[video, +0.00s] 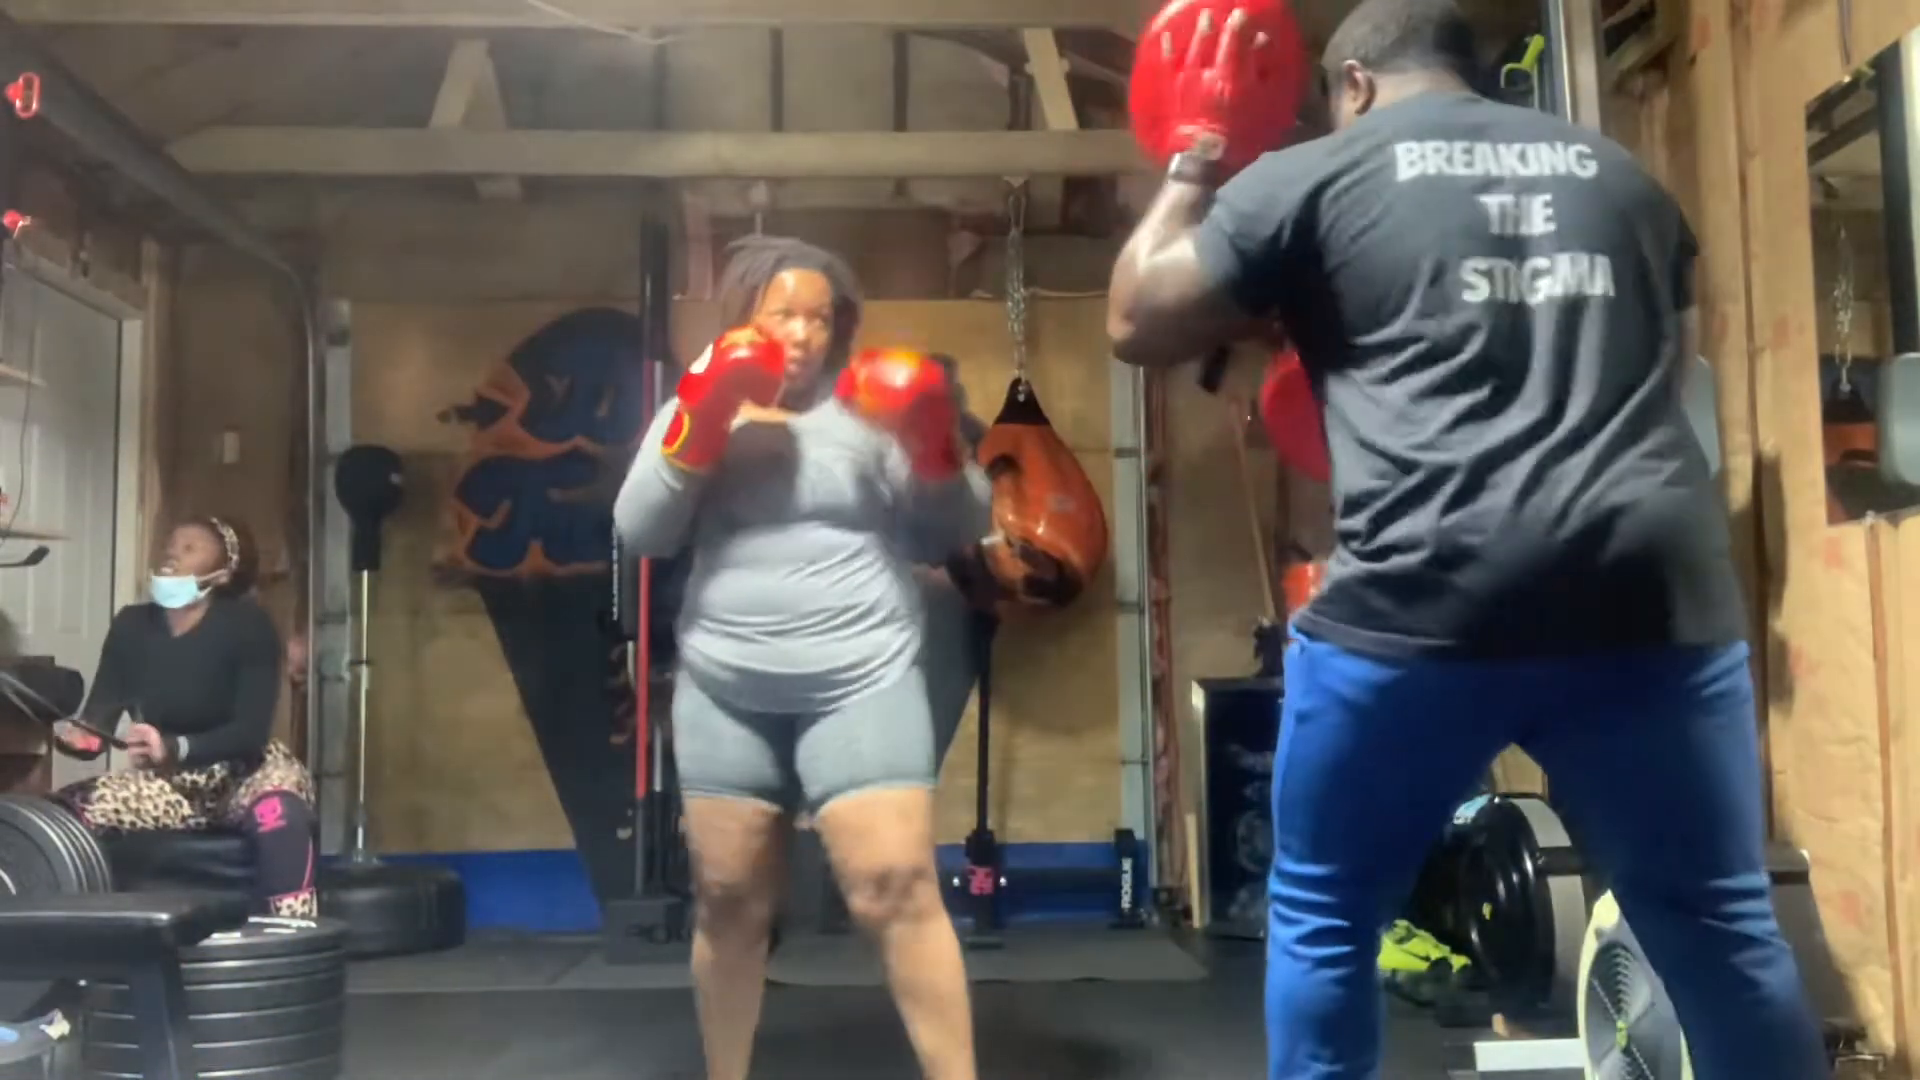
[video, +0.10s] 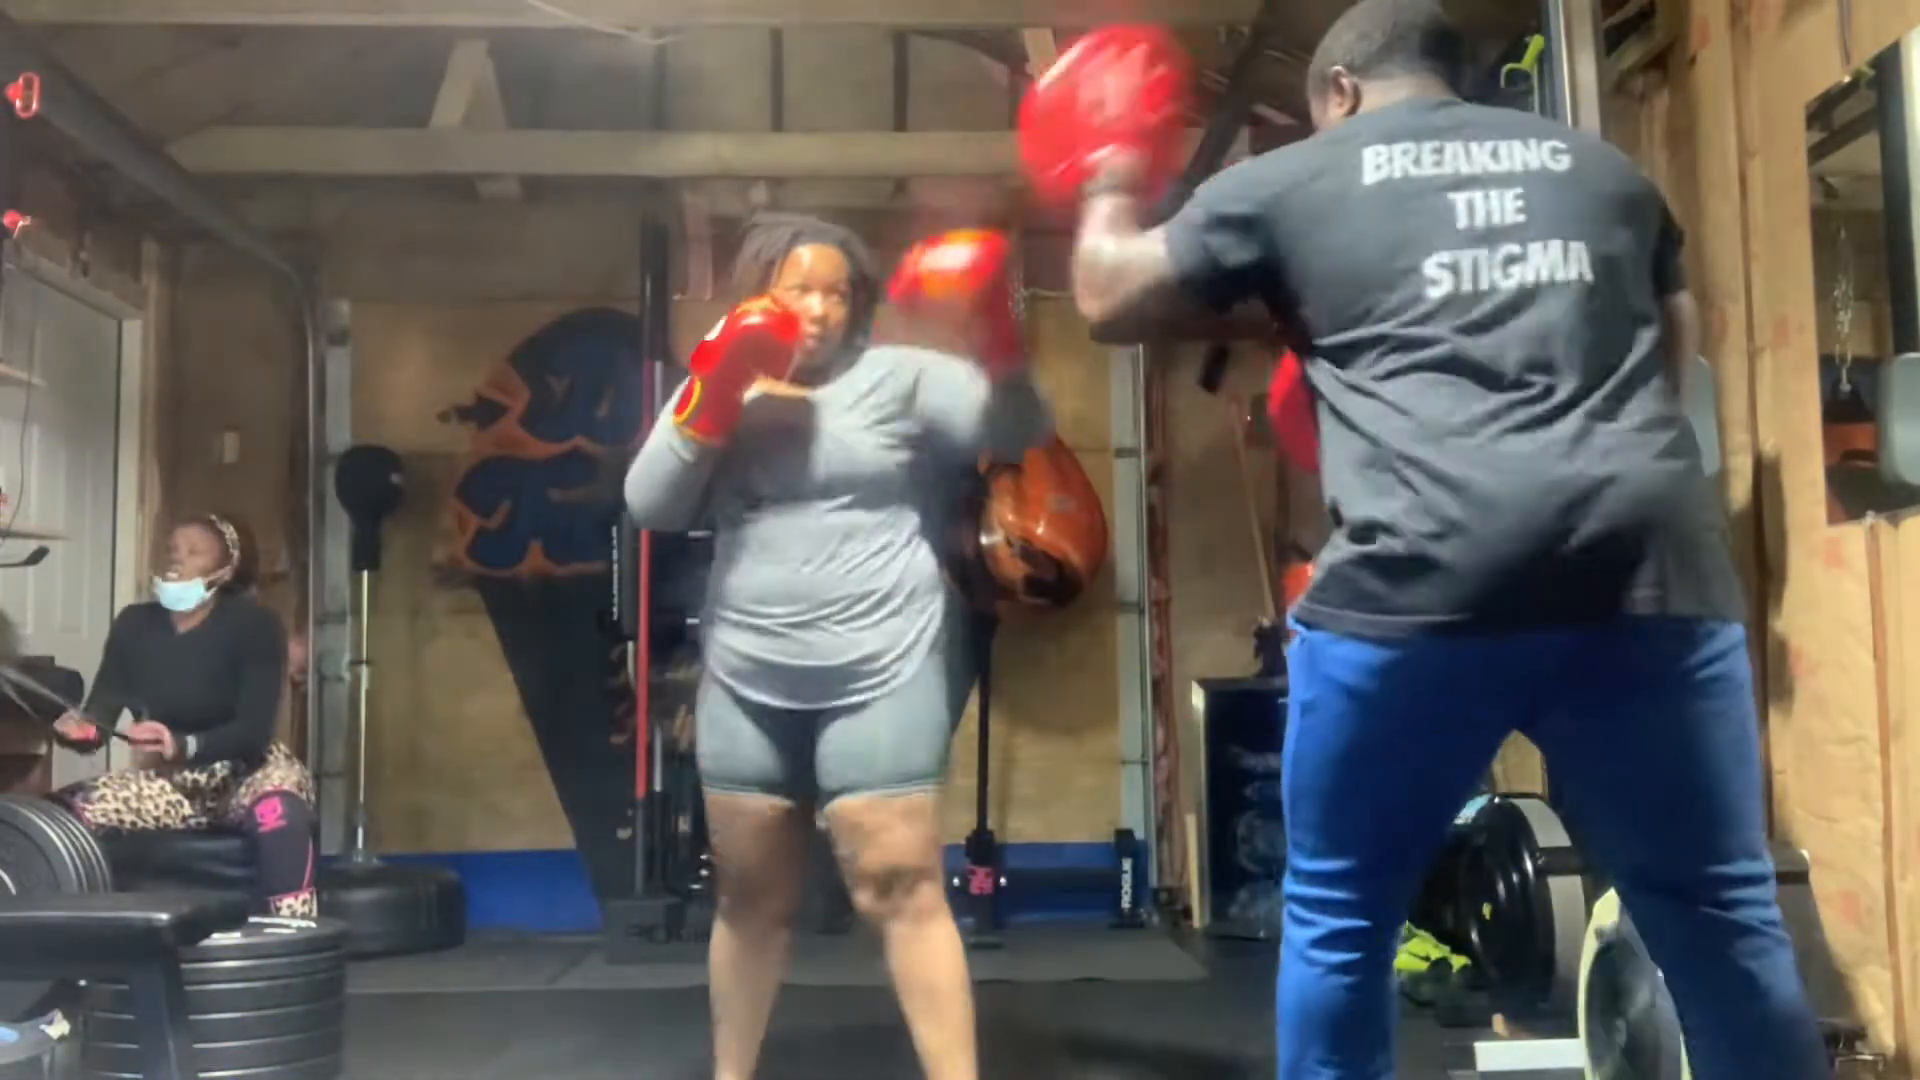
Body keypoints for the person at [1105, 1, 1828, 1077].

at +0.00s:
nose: (1336, 114)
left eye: (1333, 100)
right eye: (1336, 103)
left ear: (1357, 86)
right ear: (1480, 71)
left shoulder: (1315, 177)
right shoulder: (1620, 170)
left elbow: (1135, 314)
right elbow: (1668, 342)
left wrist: (1183, 185)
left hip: (1422, 582)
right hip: (1656, 573)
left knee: (1322, 913)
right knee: (1722, 916)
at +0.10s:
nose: (1312, 130)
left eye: (1312, 114)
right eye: (1313, 117)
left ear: (1342, 93)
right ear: (1461, 81)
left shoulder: (1293, 183)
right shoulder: (1607, 170)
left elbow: (1107, 298)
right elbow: (1674, 357)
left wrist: (1117, 166)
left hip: (1418, 574)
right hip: (1653, 562)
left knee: (1337, 915)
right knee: (1723, 906)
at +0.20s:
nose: (1323, 128)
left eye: (1324, 109)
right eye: (1325, 112)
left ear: (1351, 90)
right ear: (1460, 75)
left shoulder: (1302, 180)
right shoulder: (1613, 171)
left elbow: (1107, 273)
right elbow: (1686, 371)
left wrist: (1045, 204)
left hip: (1435, 567)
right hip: (1665, 555)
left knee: (1340, 911)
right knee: (1730, 920)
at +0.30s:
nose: (1345, 142)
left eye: (1346, 128)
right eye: (1349, 130)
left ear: (1377, 109)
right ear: (1494, 96)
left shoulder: (1324, 193)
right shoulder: (1646, 194)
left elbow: (1137, 329)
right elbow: (1695, 399)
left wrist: (1174, 277)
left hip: (1444, 585)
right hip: (1674, 579)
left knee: (1310, 867)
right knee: (1749, 927)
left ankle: (1326, 1071)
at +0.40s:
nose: (1362, 181)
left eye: (1361, 163)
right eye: (1363, 166)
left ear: (1389, 141)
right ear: (1502, 134)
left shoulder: (1346, 234)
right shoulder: (1654, 239)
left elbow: (1192, 415)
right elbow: (1684, 429)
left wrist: (1287, 401)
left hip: (1433, 637)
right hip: (1661, 637)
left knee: (1289, 849)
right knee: (1731, 968)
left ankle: (1305, 1070)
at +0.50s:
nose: (1341, 207)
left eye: (1341, 190)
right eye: (1341, 193)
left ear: (1366, 178)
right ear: (1489, 171)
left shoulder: (1317, 267)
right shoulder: (1611, 272)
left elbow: (1178, 423)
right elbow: (1641, 399)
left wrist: (1287, 408)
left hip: (1413, 668)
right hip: (1638, 661)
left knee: (1292, 906)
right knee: (1716, 973)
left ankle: (1246, 1069)